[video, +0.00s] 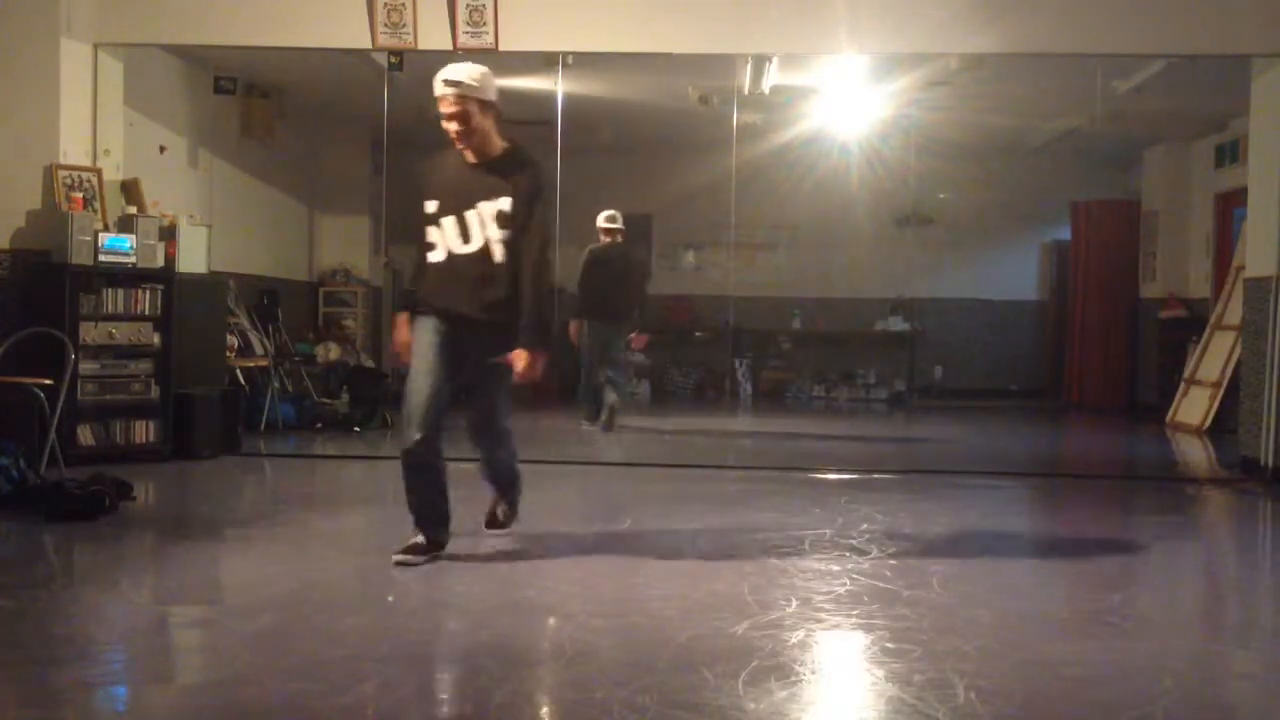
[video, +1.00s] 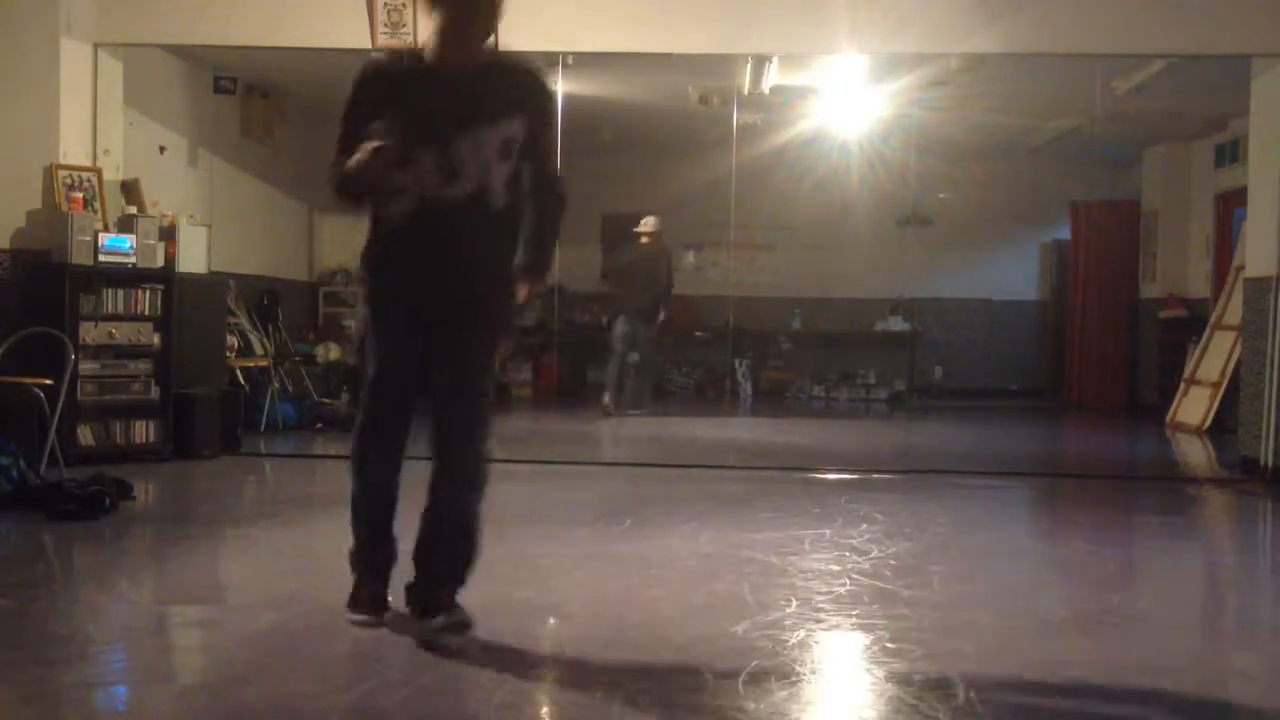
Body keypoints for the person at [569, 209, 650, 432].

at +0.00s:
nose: (604, 235)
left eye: (603, 232)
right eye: (608, 232)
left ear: (600, 232)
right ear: (621, 231)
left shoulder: (594, 253)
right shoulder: (632, 255)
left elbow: (583, 290)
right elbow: (640, 292)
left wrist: (576, 318)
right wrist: (640, 325)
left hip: (596, 317)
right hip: (622, 317)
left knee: (591, 365)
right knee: (616, 361)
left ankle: (590, 411)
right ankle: (613, 397)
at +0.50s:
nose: (636, 241)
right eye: (636, 236)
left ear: (618, 231)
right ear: (637, 236)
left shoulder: (598, 252)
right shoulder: (638, 259)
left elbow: (579, 283)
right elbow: (645, 290)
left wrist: (579, 308)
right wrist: (641, 313)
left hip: (597, 316)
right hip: (622, 318)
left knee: (596, 360)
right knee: (617, 365)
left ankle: (586, 396)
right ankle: (608, 407)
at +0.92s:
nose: (636, 245)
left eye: (637, 241)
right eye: (636, 241)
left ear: (629, 239)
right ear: (649, 240)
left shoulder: (618, 260)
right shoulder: (655, 262)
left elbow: (607, 289)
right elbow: (661, 292)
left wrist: (606, 310)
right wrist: (657, 316)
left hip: (616, 315)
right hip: (640, 317)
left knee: (611, 361)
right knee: (633, 363)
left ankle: (607, 403)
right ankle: (626, 404)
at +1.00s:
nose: (644, 240)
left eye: (646, 236)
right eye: (644, 235)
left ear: (642, 234)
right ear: (658, 235)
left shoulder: (628, 253)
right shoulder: (662, 254)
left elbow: (614, 279)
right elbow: (666, 284)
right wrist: (664, 307)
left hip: (626, 307)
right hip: (649, 310)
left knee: (618, 353)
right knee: (645, 356)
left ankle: (609, 395)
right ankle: (638, 398)